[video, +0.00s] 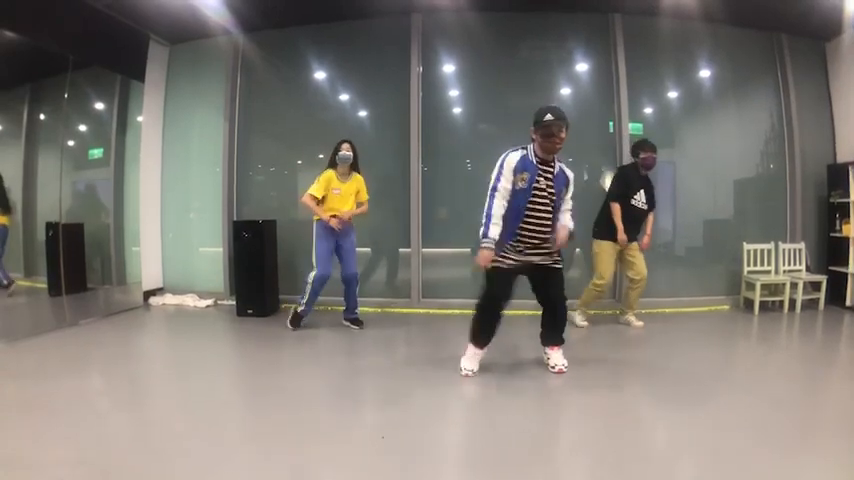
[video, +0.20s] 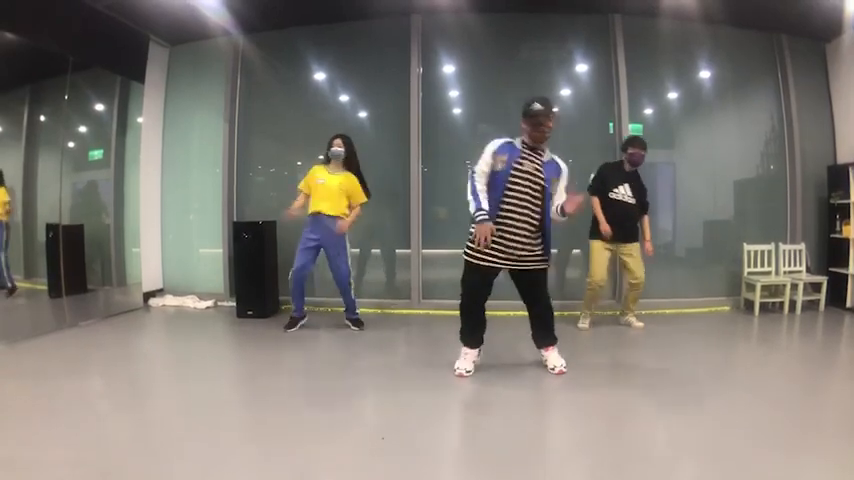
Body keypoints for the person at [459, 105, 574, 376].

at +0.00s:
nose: (556, 140)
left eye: (560, 134)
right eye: (549, 134)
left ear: (566, 135)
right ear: (534, 134)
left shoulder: (565, 175)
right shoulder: (513, 161)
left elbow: (566, 209)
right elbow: (497, 201)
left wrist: (564, 227)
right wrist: (487, 244)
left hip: (544, 252)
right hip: (509, 250)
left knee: (556, 301)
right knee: (493, 299)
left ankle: (553, 348)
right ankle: (476, 347)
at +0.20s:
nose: (544, 128)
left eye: (548, 123)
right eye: (538, 123)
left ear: (553, 125)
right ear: (524, 123)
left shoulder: (558, 167)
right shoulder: (499, 148)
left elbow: (555, 210)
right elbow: (477, 179)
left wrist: (565, 209)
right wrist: (482, 217)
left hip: (528, 246)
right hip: (491, 238)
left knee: (539, 299)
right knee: (472, 295)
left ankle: (548, 349)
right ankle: (470, 348)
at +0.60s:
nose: (508, 119)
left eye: (512, 113)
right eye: (500, 115)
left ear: (521, 114)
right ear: (490, 118)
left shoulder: (539, 152)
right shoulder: (479, 151)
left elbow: (550, 192)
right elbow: (469, 187)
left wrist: (556, 228)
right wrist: (478, 222)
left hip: (529, 239)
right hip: (490, 238)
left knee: (539, 294)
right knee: (480, 296)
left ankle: (549, 347)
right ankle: (472, 349)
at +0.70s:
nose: (509, 118)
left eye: (514, 112)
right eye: (502, 113)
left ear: (524, 114)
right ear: (492, 117)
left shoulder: (541, 152)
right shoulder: (480, 151)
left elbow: (551, 193)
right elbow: (469, 187)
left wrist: (556, 228)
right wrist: (478, 221)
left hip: (529, 238)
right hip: (491, 237)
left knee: (539, 294)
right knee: (480, 295)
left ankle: (549, 346)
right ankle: (472, 349)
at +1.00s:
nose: (509, 117)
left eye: (513, 111)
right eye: (501, 113)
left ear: (523, 113)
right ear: (492, 117)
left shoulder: (542, 148)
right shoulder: (480, 152)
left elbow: (569, 170)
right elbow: (461, 178)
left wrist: (564, 198)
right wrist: (458, 202)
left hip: (529, 238)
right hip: (489, 238)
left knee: (539, 294)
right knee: (480, 295)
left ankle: (549, 346)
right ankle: (472, 349)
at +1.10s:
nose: (506, 116)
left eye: (511, 109)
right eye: (499, 111)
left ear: (522, 112)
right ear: (491, 117)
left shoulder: (540, 149)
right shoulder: (482, 155)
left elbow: (550, 189)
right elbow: (472, 196)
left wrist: (558, 223)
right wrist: (462, 231)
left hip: (530, 237)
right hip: (491, 238)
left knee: (541, 294)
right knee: (484, 295)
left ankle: (549, 346)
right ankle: (478, 348)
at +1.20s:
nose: (503, 117)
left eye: (509, 111)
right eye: (497, 112)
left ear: (521, 114)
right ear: (489, 117)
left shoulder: (538, 149)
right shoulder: (481, 155)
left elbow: (545, 192)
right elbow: (475, 198)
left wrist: (545, 232)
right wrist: (470, 236)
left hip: (528, 239)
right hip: (490, 240)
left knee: (542, 296)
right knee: (486, 298)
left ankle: (550, 346)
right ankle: (485, 350)